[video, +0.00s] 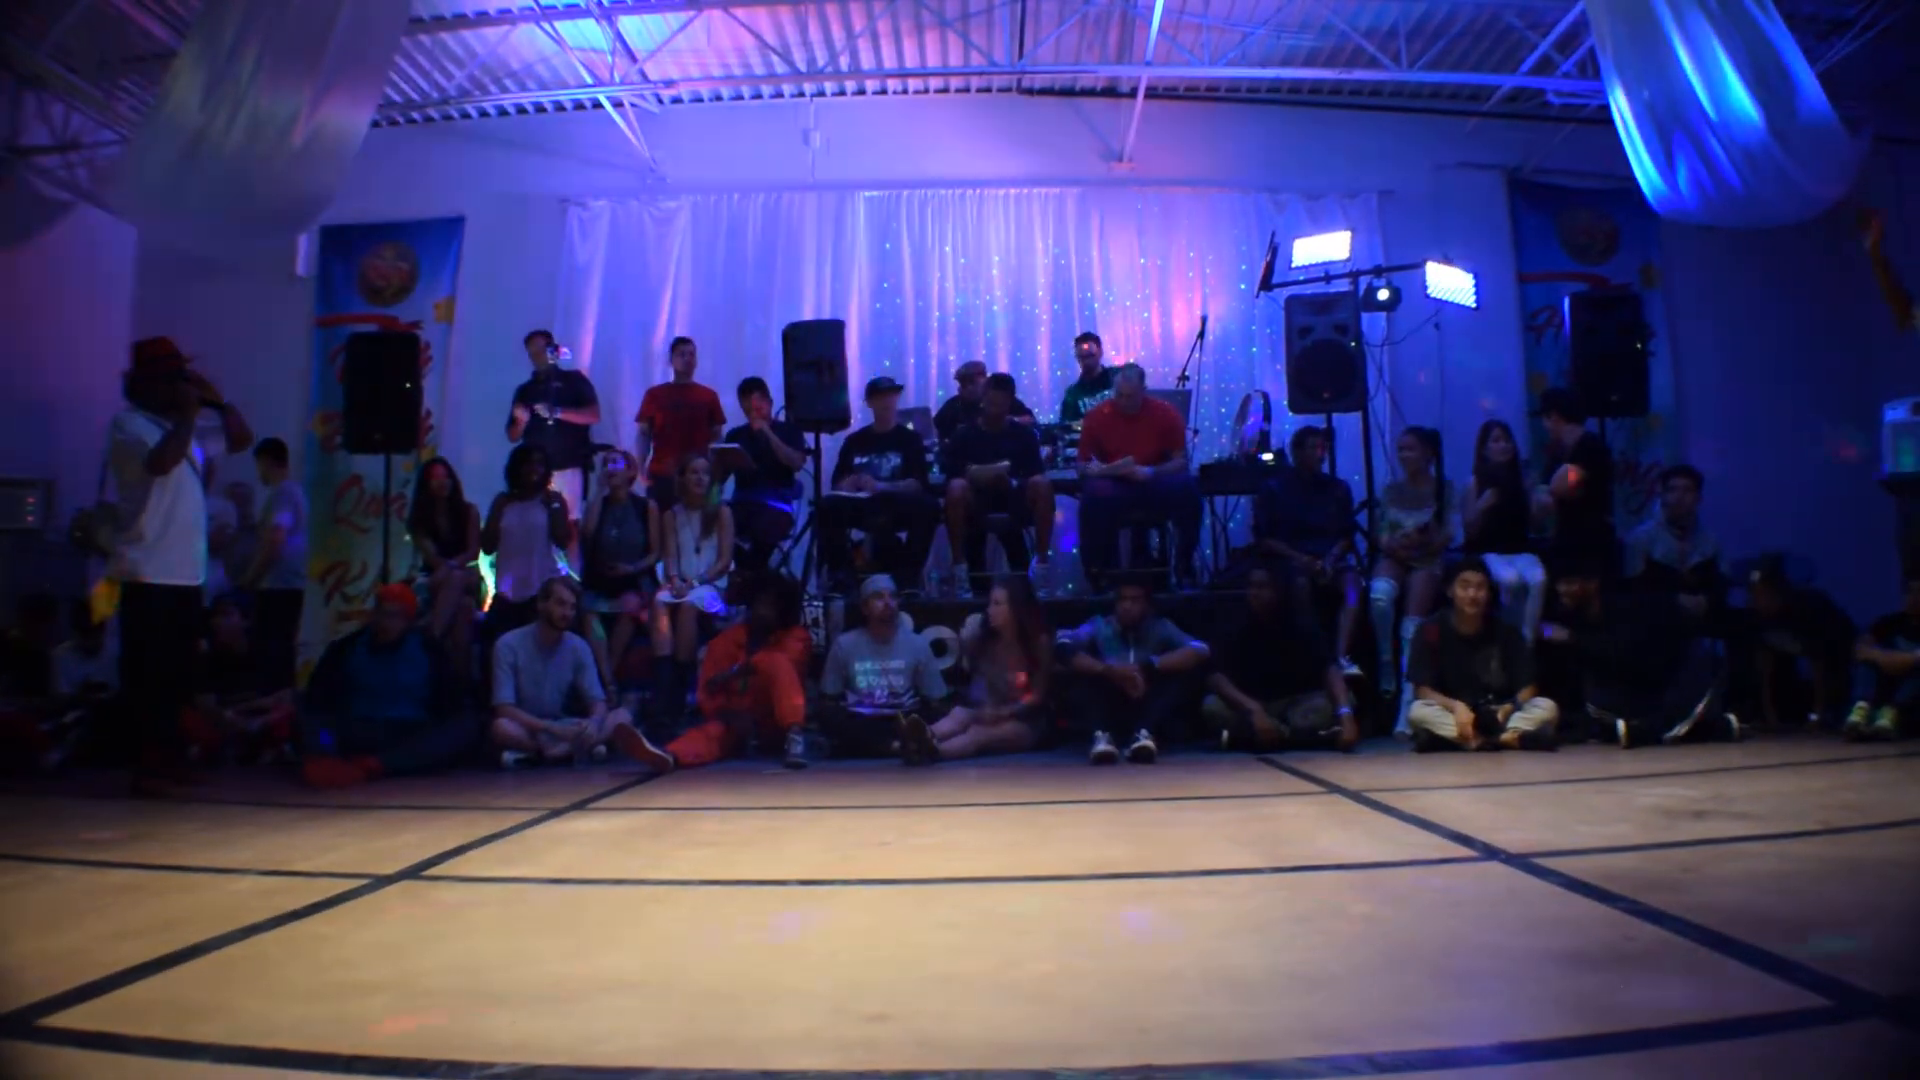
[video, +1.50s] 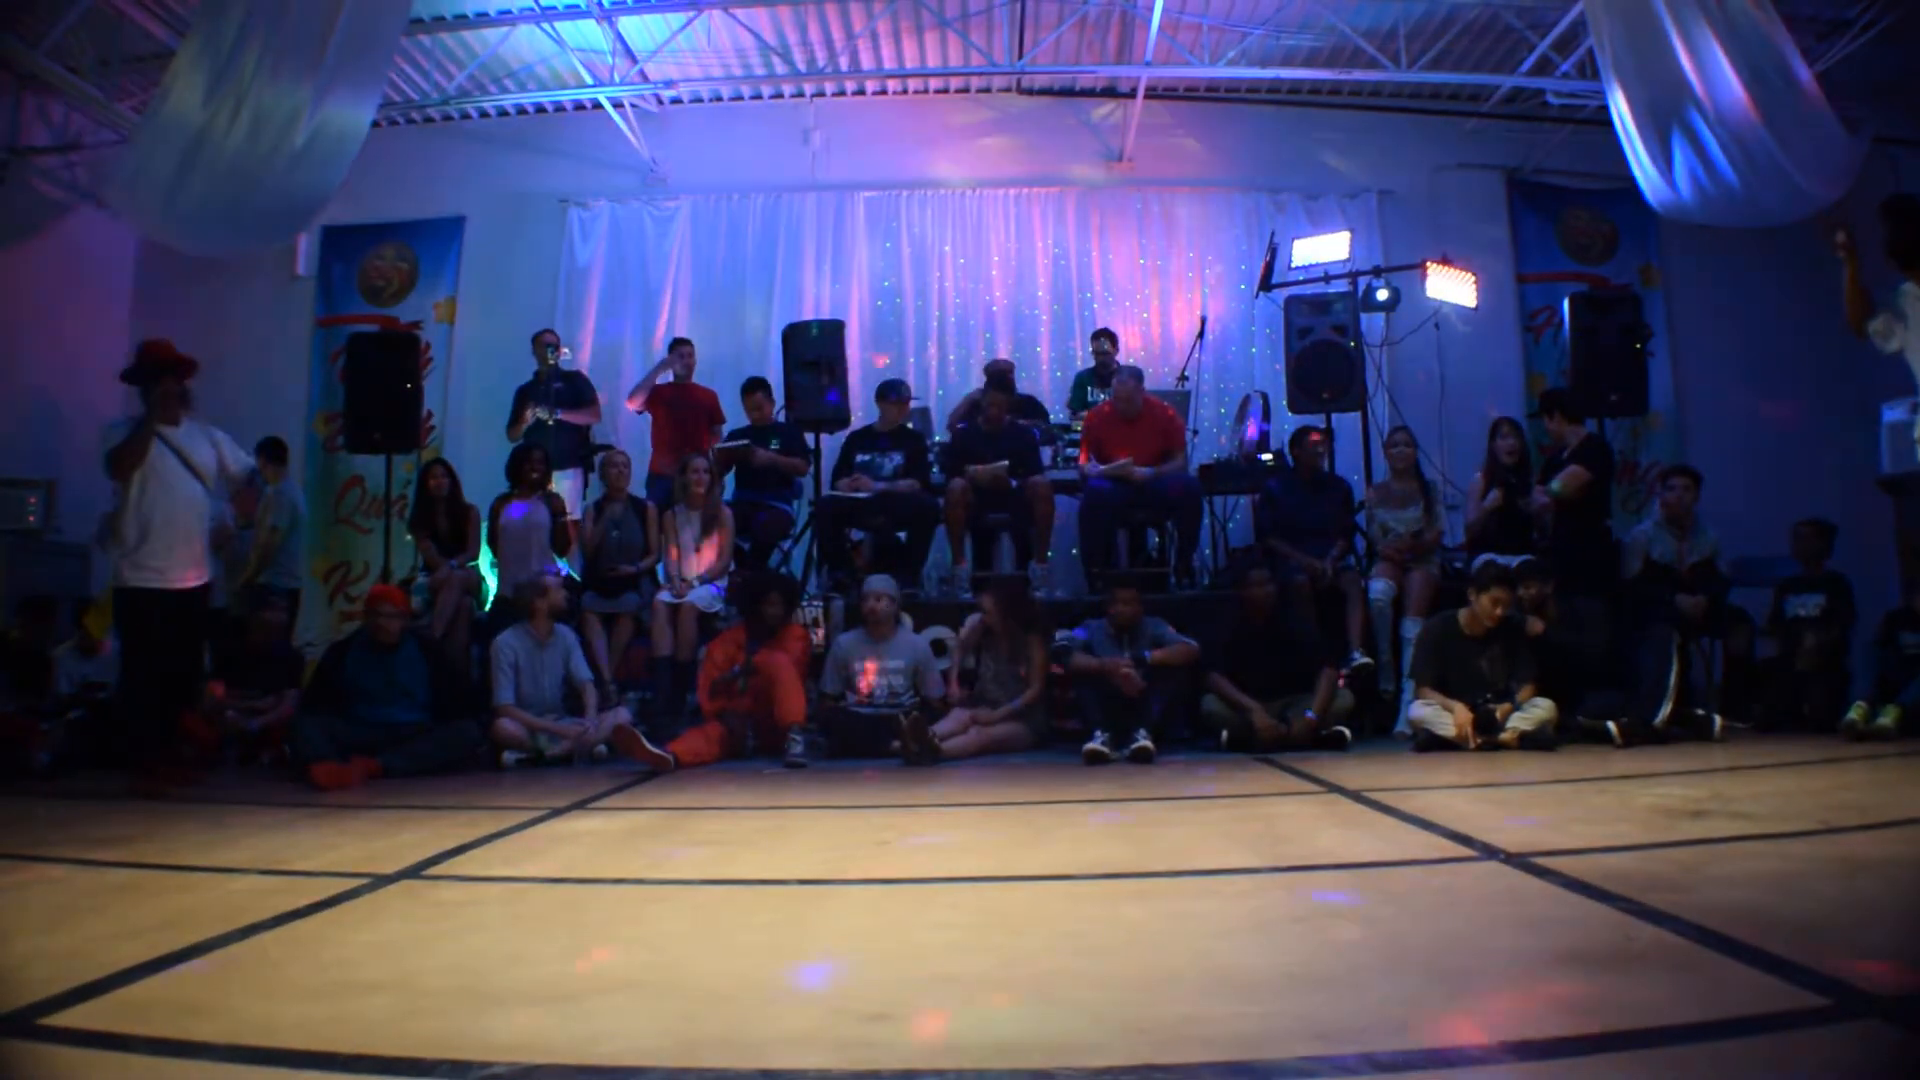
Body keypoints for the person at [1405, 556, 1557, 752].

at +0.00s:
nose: (1472, 595)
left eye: (1480, 588)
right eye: (1465, 587)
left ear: (1489, 594)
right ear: (1451, 591)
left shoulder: (1505, 631)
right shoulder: (1432, 630)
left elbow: (1528, 687)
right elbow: (1422, 689)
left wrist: (1508, 708)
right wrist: (1457, 707)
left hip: (1499, 707)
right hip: (1455, 709)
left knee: (1547, 707)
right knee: (1418, 712)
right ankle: (1507, 740)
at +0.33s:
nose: (1491, 590)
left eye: (1493, 583)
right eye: (1483, 582)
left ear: (1497, 586)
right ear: (1461, 587)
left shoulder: (1508, 626)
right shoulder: (1436, 628)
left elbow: (1529, 684)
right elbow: (1423, 689)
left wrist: (1511, 706)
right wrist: (1457, 708)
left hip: (1500, 705)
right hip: (1458, 707)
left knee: (1547, 707)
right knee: (1419, 711)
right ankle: (1507, 740)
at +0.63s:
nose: (1496, 592)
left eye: (1495, 585)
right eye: (1488, 585)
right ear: (1464, 591)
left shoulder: (1506, 625)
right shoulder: (1435, 628)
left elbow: (1528, 685)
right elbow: (1423, 690)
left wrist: (1510, 707)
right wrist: (1456, 707)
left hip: (1500, 706)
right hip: (1458, 708)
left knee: (1547, 707)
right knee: (1419, 711)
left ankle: (1469, 743)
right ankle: (1508, 740)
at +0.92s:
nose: (1492, 602)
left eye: (1495, 594)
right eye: (1485, 594)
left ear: (1499, 594)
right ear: (1462, 594)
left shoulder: (1504, 628)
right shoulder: (1433, 630)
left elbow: (1527, 687)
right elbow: (1423, 690)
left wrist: (1510, 707)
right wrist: (1457, 707)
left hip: (1500, 707)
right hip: (1457, 709)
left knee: (1547, 707)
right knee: (1419, 712)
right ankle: (1509, 740)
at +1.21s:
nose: (1496, 611)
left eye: (1502, 603)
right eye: (1491, 601)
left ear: (1508, 604)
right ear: (1469, 595)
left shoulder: (1509, 630)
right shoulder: (1436, 629)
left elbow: (1528, 686)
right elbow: (1423, 690)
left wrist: (1510, 707)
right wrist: (1457, 707)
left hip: (1498, 707)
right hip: (1456, 710)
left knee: (1547, 707)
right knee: (1419, 711)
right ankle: (1507, 740)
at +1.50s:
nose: (1499, 612)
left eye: (1505, 606)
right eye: (1494, 603)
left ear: (1511, 606)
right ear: (1472, 596)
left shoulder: (1510, 630)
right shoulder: (1438, 629)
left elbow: (1528, 686)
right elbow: (1423, 690)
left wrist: (1508, 707)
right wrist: (1456, 707)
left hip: (1499, 706)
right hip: (1457, 710)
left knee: (1546, 707)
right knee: (1418, 711)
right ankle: (1505, 740)